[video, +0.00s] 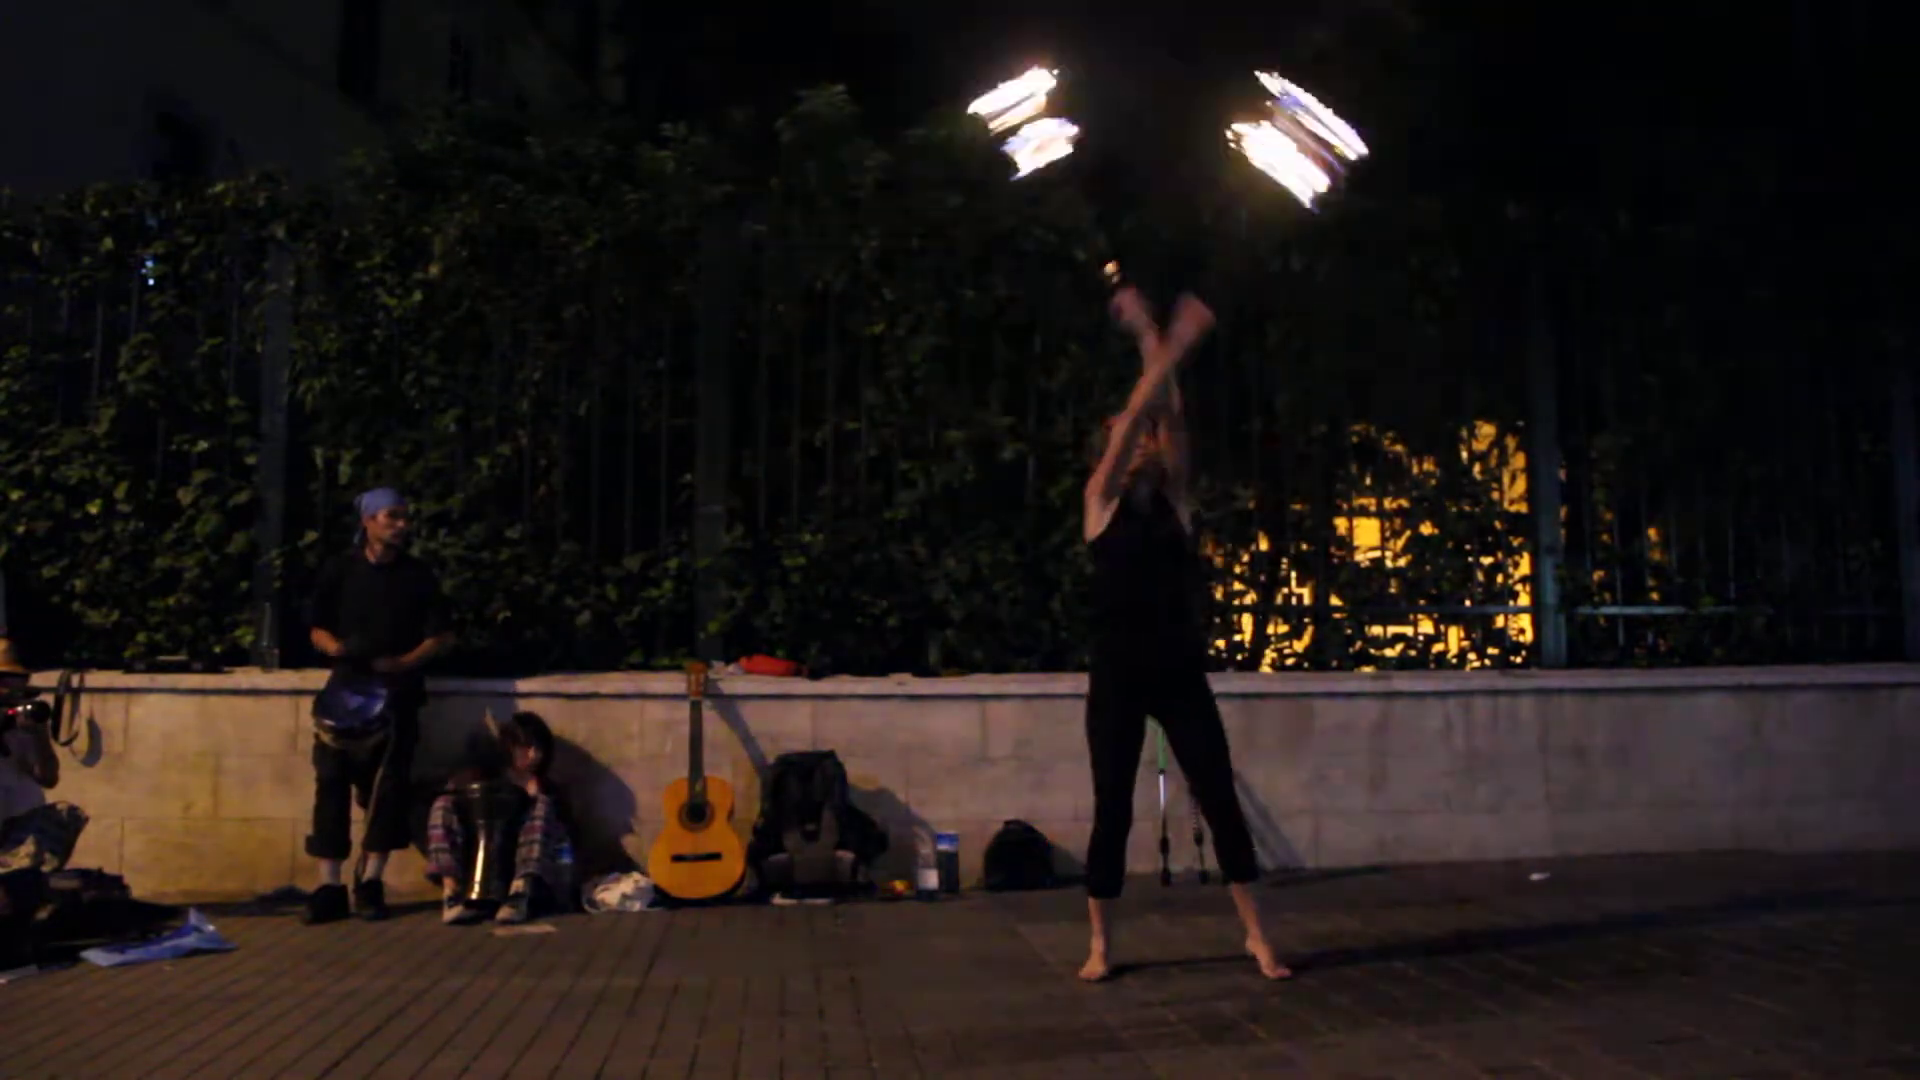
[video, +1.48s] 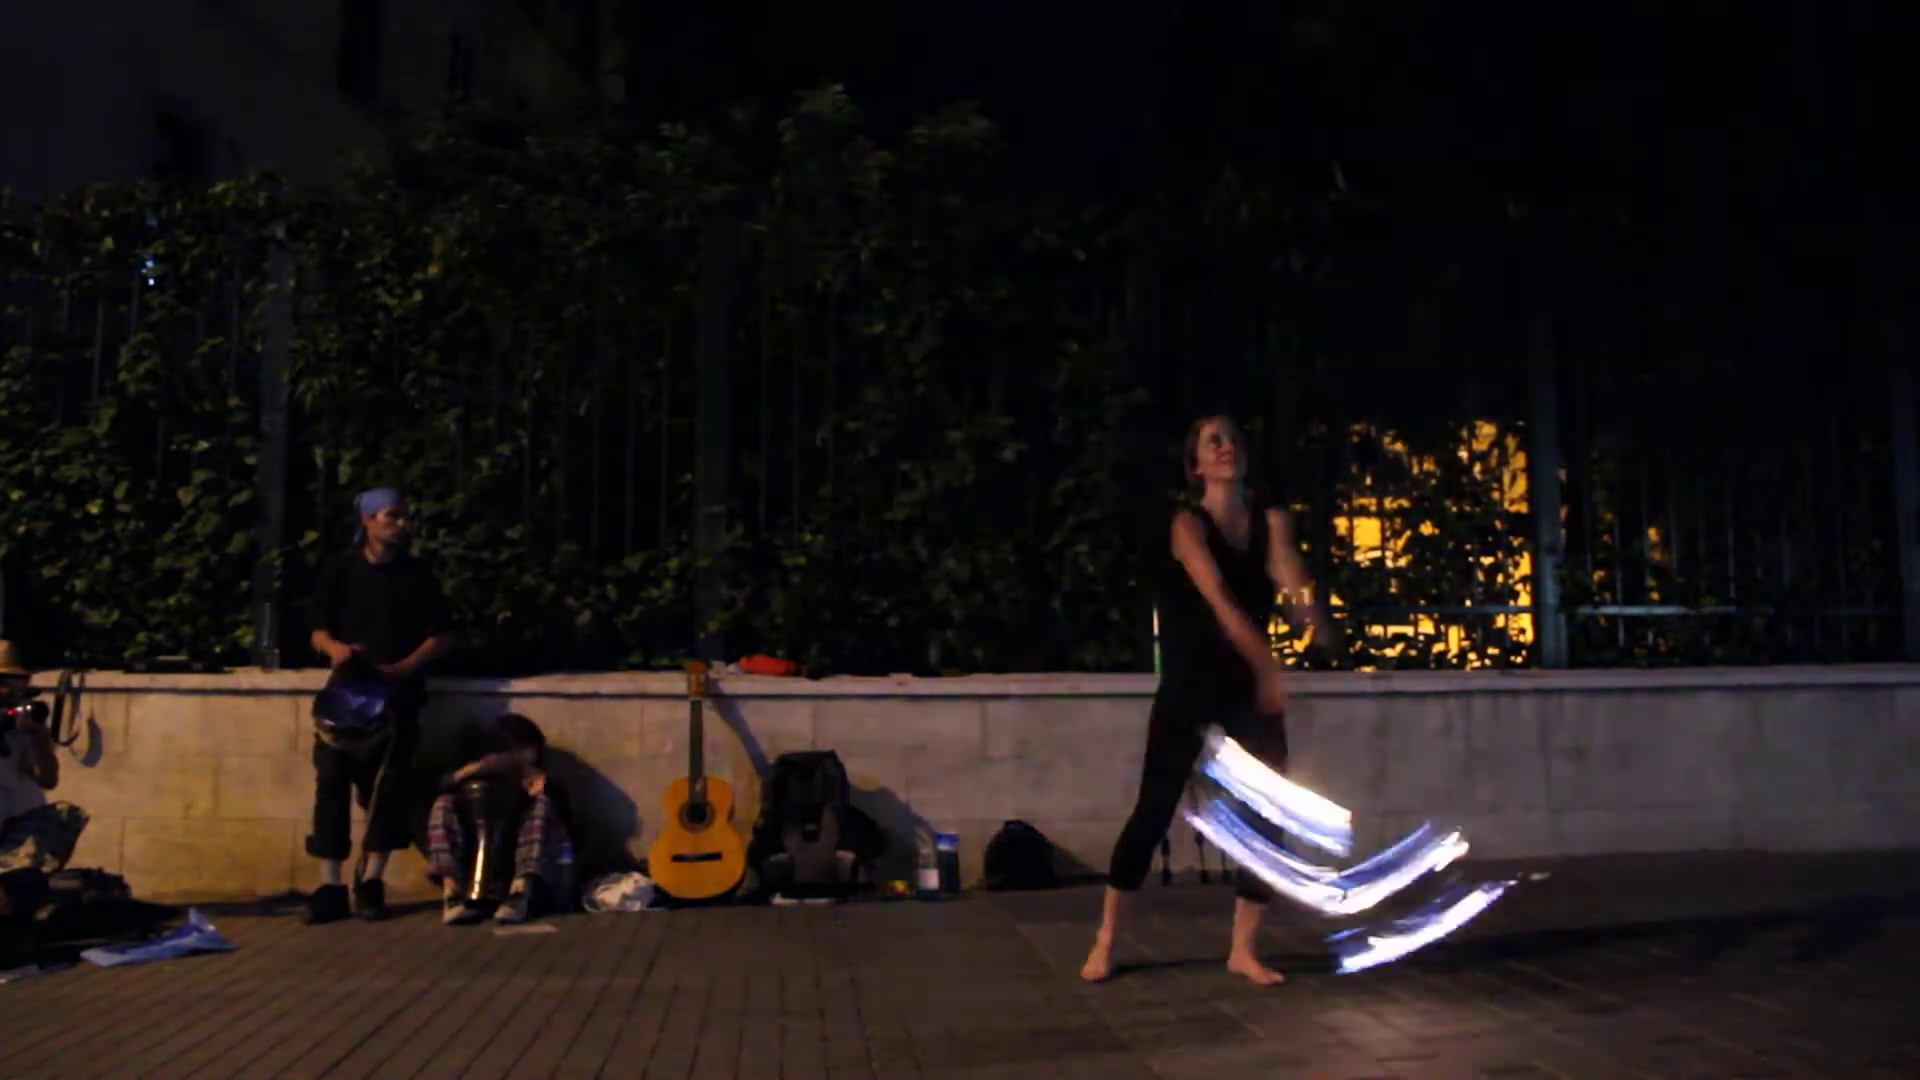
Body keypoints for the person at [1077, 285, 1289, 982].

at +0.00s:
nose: (1147, 441)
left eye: (1156, 433)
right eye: (1136, 434)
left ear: (1170, 448)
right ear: (1115, 450)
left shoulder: (1175, 500)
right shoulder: (1103, 504)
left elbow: (1172, 418)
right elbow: (1128, 424)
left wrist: (1145, 333)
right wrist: (1175, 346)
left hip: (1182, 673)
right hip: (1118, 677)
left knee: (1221, 803)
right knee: (1113, 811)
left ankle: (1255, 934)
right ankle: (1099, 943)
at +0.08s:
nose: (1128, 455)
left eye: (1136, 447)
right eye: (1117, 448)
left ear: (1147, 459)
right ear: (1093, 462)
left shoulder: (1162, 514)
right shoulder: (1090, 518)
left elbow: (1164, 443)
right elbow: (1124, 458)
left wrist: (1143, 366)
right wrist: (1197, 402)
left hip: (1168, 681)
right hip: (1108, 685)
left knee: (1217, 806)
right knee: (1106, 817)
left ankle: (1252, 937)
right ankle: (1098, 944)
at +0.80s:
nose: (1119, 456)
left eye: (1127, 448)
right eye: (1109, 450)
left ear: (1143, 460)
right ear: (1094, 464)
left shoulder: (1162, 511)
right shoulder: (1085, 512)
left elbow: (1165, 429)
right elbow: (1070, 420)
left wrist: (1120, 411)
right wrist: (1089, 373)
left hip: (1165, 675)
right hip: (1101, 679)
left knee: (1211, 804)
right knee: (1104, 817)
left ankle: (1245, 929)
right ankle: (1099, 943)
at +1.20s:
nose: (1183, 432)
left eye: (1192, 425)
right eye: (1172, 425)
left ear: (1207, 443)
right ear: (1156, 440)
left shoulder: (1216, 497)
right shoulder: (1140, 492)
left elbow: (1205, 405)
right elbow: (1156, 402)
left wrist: (1183, 323)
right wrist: (1167, 318)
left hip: (1212, 663)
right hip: (1148, 664)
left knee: (1233, 799)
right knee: (1132, 799)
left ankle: (1242, 937)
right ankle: (1106, 935)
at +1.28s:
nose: (1190, 436)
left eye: (1199, 426)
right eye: (1179, 428)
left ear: (1216, 436)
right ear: (1161, 443)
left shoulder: (1230, 492)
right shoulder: (1152, 496)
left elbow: (1227, 439)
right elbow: (1186, 481)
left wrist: (1187, 369)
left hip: (1224, 669)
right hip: (1161, 670)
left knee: (1243, 806)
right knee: (1140, 804)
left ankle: (1237, 944)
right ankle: (1106, 938)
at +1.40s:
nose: (1221, 452)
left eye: (1226, 443)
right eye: (1206, 444)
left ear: (1239, 458)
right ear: (1184, 464)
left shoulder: (1263, 518)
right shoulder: (1176, 525)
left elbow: (1253, 553)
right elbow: (1227, 576)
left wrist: (1210, 521)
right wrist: (1299, 591)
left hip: (1241, 690)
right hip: (1178, 690)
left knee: (1260, 818)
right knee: (1149, 815)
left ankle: (1238, 950)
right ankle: (1107, 941)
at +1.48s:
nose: (1226, 449)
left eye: (1231, 440)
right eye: (1213, 443)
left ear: (1245, 452)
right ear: (1195, 461)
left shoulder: (1268, 519)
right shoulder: (1186, 525)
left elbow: (1286, 572)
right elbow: (1220, 603)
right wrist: (1268, 666)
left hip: (1248, 686)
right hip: (1187, 689)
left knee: (1265, 816)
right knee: (1153, 810)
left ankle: (1243, 949)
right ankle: (1106, 938)